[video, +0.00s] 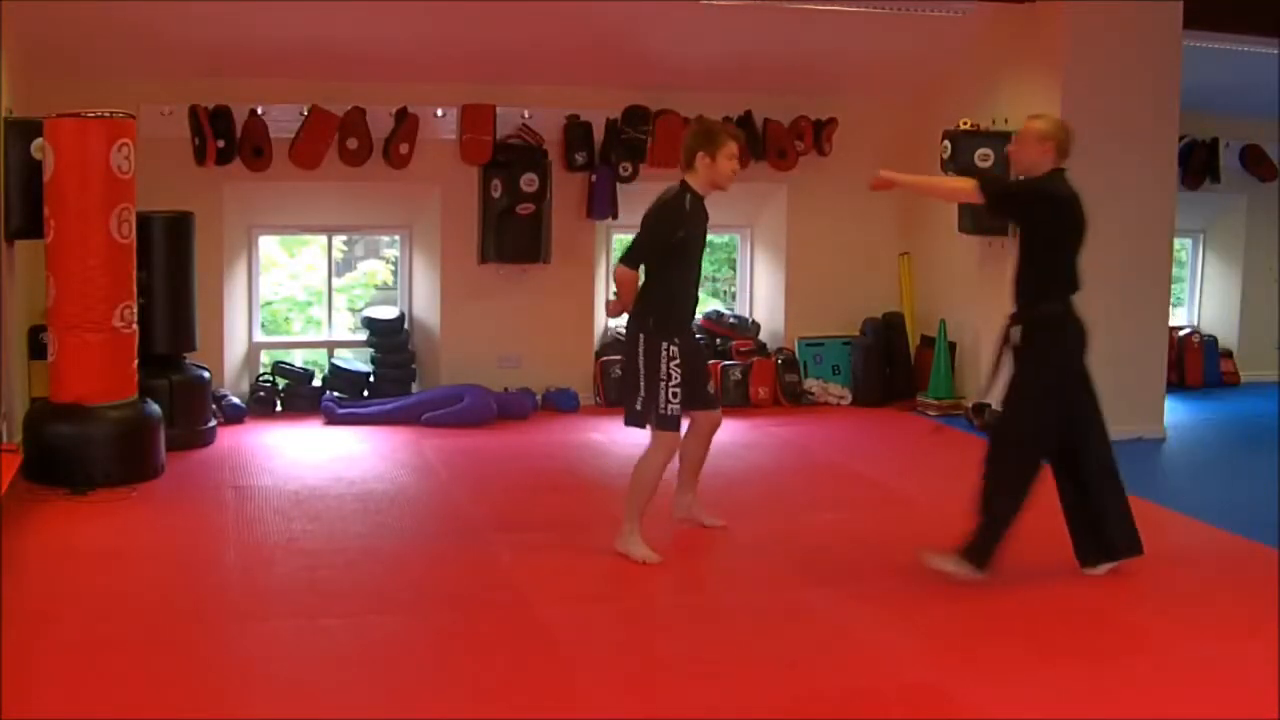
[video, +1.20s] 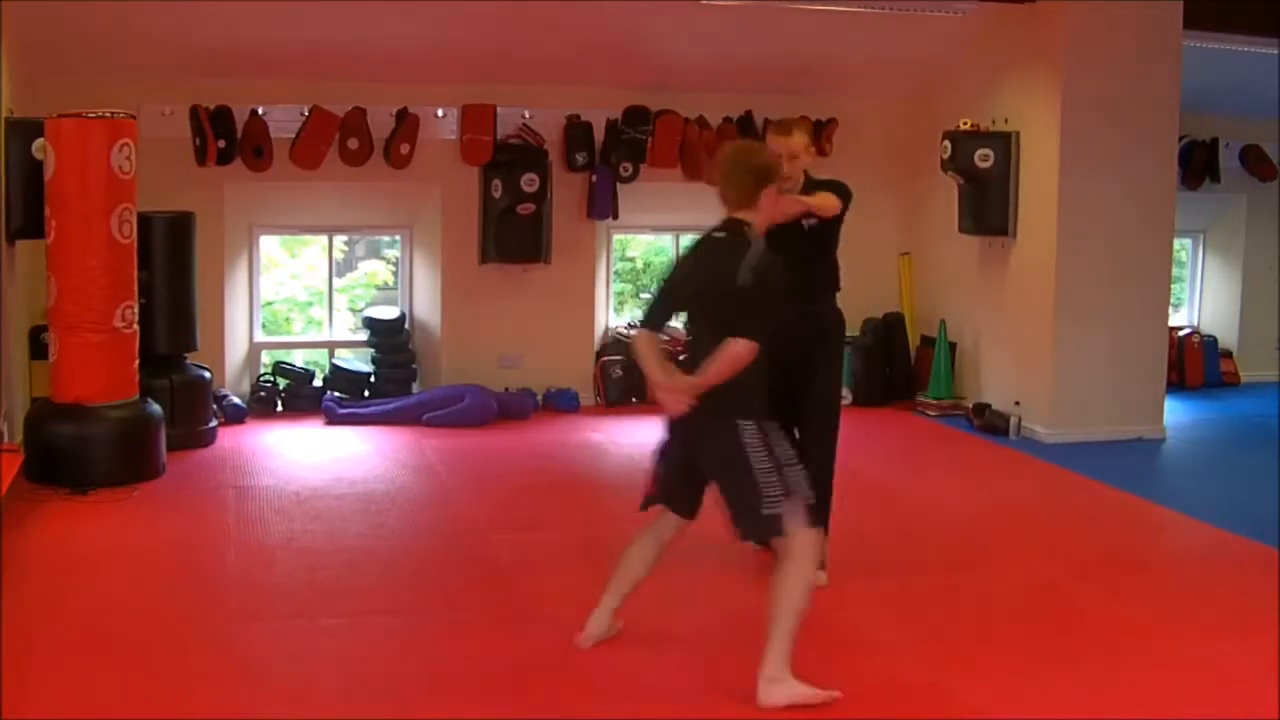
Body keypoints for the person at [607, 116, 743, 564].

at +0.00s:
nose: (738, 168)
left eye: (739, 160)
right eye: (732, 159)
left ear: (707, 161)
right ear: (703, 158)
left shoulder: (697, 206)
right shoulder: (672, 204)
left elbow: (666, 266)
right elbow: (625, 268)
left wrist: (631, 298)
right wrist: (626, 301)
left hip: (680, 333)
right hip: (656, 334)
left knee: (708, 417)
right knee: (666, 438)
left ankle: (685, 504)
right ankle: (629, 532)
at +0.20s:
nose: (767, 231)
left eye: (768, 223)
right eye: (763, 221)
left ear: (737, 221)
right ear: (737, 219)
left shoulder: (708, 256)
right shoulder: (695, 257)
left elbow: (659, 304)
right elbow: (639, 308)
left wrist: (620, 335)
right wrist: (616, 338)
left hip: (669, 358)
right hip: (648, 360)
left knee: (722, 431)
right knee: (688, 456)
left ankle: (686, 510)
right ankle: (616, 537)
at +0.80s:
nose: (751, 191)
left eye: (753, 180)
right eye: (749, 179)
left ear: (715, 175)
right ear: (725, 175)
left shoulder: (682, 212)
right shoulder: (684, 221)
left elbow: (626, 283)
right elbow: (630, 292)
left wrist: (604, 323)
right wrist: (601, 327)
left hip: (643, 353)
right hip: (644, 357)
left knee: (654, 473)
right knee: (679, 477)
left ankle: (614, 559)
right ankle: (600, 561)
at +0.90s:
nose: (748, 173)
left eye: (749, 163)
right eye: (747, 162)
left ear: (705, 156)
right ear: (727, 158)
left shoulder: (669, 198)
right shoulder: (691, 206)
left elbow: (621, 271)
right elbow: (641, 279)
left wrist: (617, 320)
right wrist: (618, 323)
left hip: (640, 354)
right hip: (664, 356)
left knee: (656, 470)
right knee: (705, 477)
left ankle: (604, 577)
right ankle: (635, 587)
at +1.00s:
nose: (748, 185)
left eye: (747, 174)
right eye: (746, 174)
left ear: (698, 170)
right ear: (727, 172)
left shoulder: (670, 218)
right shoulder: (700, 224)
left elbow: (618, 288)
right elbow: (659, 302)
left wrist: (614, 344)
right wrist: (635, 348)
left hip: (642, 378)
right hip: (681, 378)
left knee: (640, 500)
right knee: (725, 503)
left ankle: (594, 616)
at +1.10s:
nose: (761, 199)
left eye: (760, 188)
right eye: (757, 188)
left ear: (707, 190)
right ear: (740, 191)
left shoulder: (674, 242)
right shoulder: (728, 255)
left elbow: (625, 322)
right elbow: (701, 335)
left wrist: (631, 369)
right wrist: (650, 379)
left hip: (656, 406)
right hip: (700, 408)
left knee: (657, 519)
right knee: (757, 526)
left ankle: (597, 620)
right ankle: (762, 663)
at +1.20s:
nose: (793, 199)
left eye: (790, 189)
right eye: (786, 190)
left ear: (730, 191)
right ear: (764, 195)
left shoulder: (701, 250)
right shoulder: (765, 260)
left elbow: (647, 329)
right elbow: (744, 343)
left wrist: (662, 378)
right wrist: (688, 385)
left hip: (694, 408)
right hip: (742, 410)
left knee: (666, 520)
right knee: (803, 537)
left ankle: (600, 617)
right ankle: (775, 675)